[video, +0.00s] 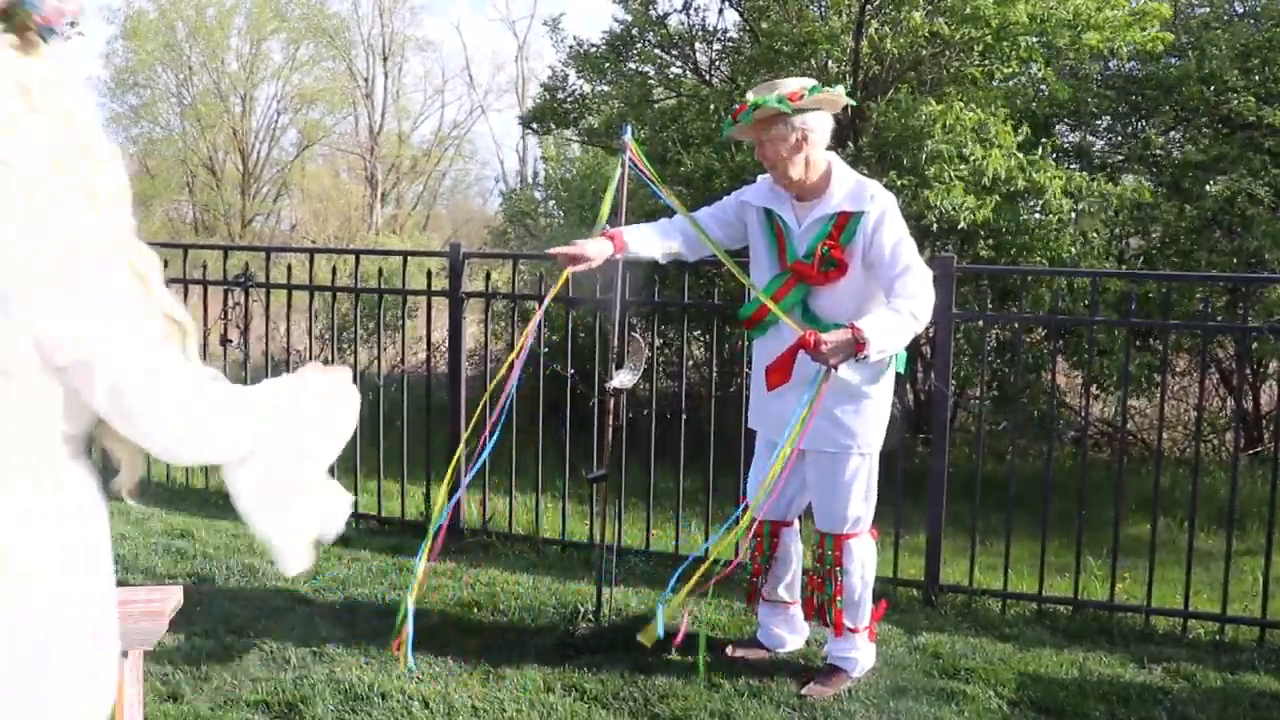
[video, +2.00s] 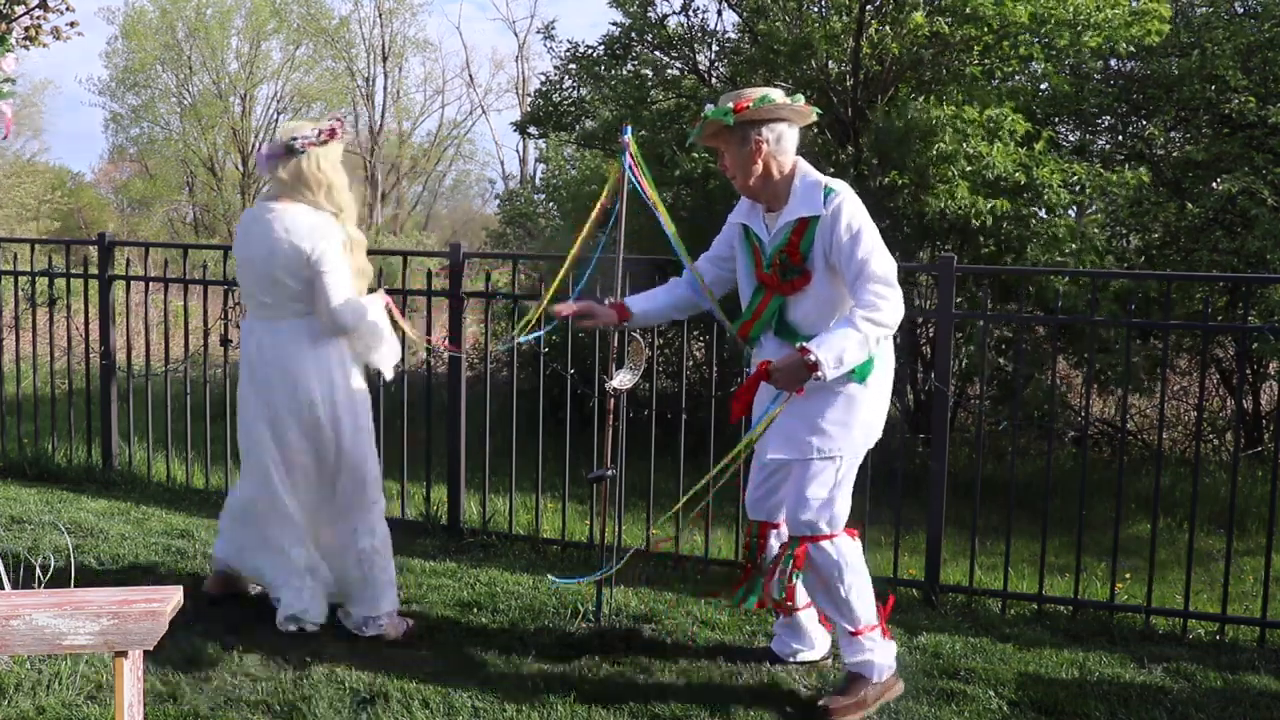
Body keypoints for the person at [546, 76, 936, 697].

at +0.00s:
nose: (756, 149)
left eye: (765, 136)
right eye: (753, 139)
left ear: (806, 136)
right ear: (768, 144)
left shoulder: (870, 206)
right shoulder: (756, 202)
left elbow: (915, 294)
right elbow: (683, 232)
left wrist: (857, 338)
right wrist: (610, 243)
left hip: (853, 382)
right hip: (778, 376)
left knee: (846, 520)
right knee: (771, 507)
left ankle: (849, 657)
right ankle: (779, 637)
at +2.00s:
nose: (719, 167)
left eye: (724, 153)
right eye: (716, 155)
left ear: (764, 144)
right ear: (752, 148)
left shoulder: (835, 206)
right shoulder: (747, 216)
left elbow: (882, 304)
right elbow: (696, 286)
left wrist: (818, 358)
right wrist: (617, 311)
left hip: (843, 379)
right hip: (777, 376)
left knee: (811, 513)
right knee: (767, 506)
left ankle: (874, 666)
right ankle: (801, 642)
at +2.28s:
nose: (744, 165)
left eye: (747, 149)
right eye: (741, 152)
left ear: (786, 145)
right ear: (786, 147)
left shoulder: (858, 211)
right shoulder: (784, 222)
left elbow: (882, 324)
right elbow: (770, 311)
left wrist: (798, 364)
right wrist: (708, 364)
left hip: (865, 397)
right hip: (811, 395)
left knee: (850, 543)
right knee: (787, 518)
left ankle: (880, 695)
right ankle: (801, 636)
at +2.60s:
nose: (795, 158)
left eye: (798, 141)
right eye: (791, 143)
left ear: (837, 133)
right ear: (839, 135)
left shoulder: (895, 204)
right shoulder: (853, 209)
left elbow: (899, 324)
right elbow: (862, 322)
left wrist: (796, 346)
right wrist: (792, 352)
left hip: (904, 417)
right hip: (865, 412)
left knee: (870, 555)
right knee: (841, 528)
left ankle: (879, 702)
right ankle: (934, 651)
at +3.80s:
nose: (998, 146)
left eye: (1005, 130)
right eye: (996, 133)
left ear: (1052, 128)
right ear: (1049, 131)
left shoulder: (1097, 206)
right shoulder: (1053, 208)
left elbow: (1065, 319)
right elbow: (1039, 312)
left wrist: (947, 302)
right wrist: (945, 301)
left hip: (1101, 444)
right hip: (1053, 436)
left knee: (1078, 595)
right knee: (1018, 561)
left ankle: (1102, 711)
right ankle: (994, 699)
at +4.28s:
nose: (1029, 152)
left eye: (1037, 136)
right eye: (1027, 139)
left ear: (1089, 137)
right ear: (1078, 141)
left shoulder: (1138, 223)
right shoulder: (1066, 223)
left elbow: (1107, 341)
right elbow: (1047, 322)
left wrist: (987, 326)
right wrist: (978, 328)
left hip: (1137, 451)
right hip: (1081, 442)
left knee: (1072, 602)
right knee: (1031, 568)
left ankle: (1095, 713)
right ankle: (1079, 702)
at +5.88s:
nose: (1034, 133)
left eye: (1044, 117)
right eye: (1033, 120)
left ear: (1097, 115)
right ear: (1075, 120)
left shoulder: (1144, 197)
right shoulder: (1048, 208)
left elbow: (1104, 306)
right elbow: (1011, 312)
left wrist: (983, 282)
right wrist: (952, 291)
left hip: (1121, 447)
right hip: (1048, 440)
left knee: (1099, 609)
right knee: (1027, 575)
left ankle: (1107, 714)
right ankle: (1066, 697)